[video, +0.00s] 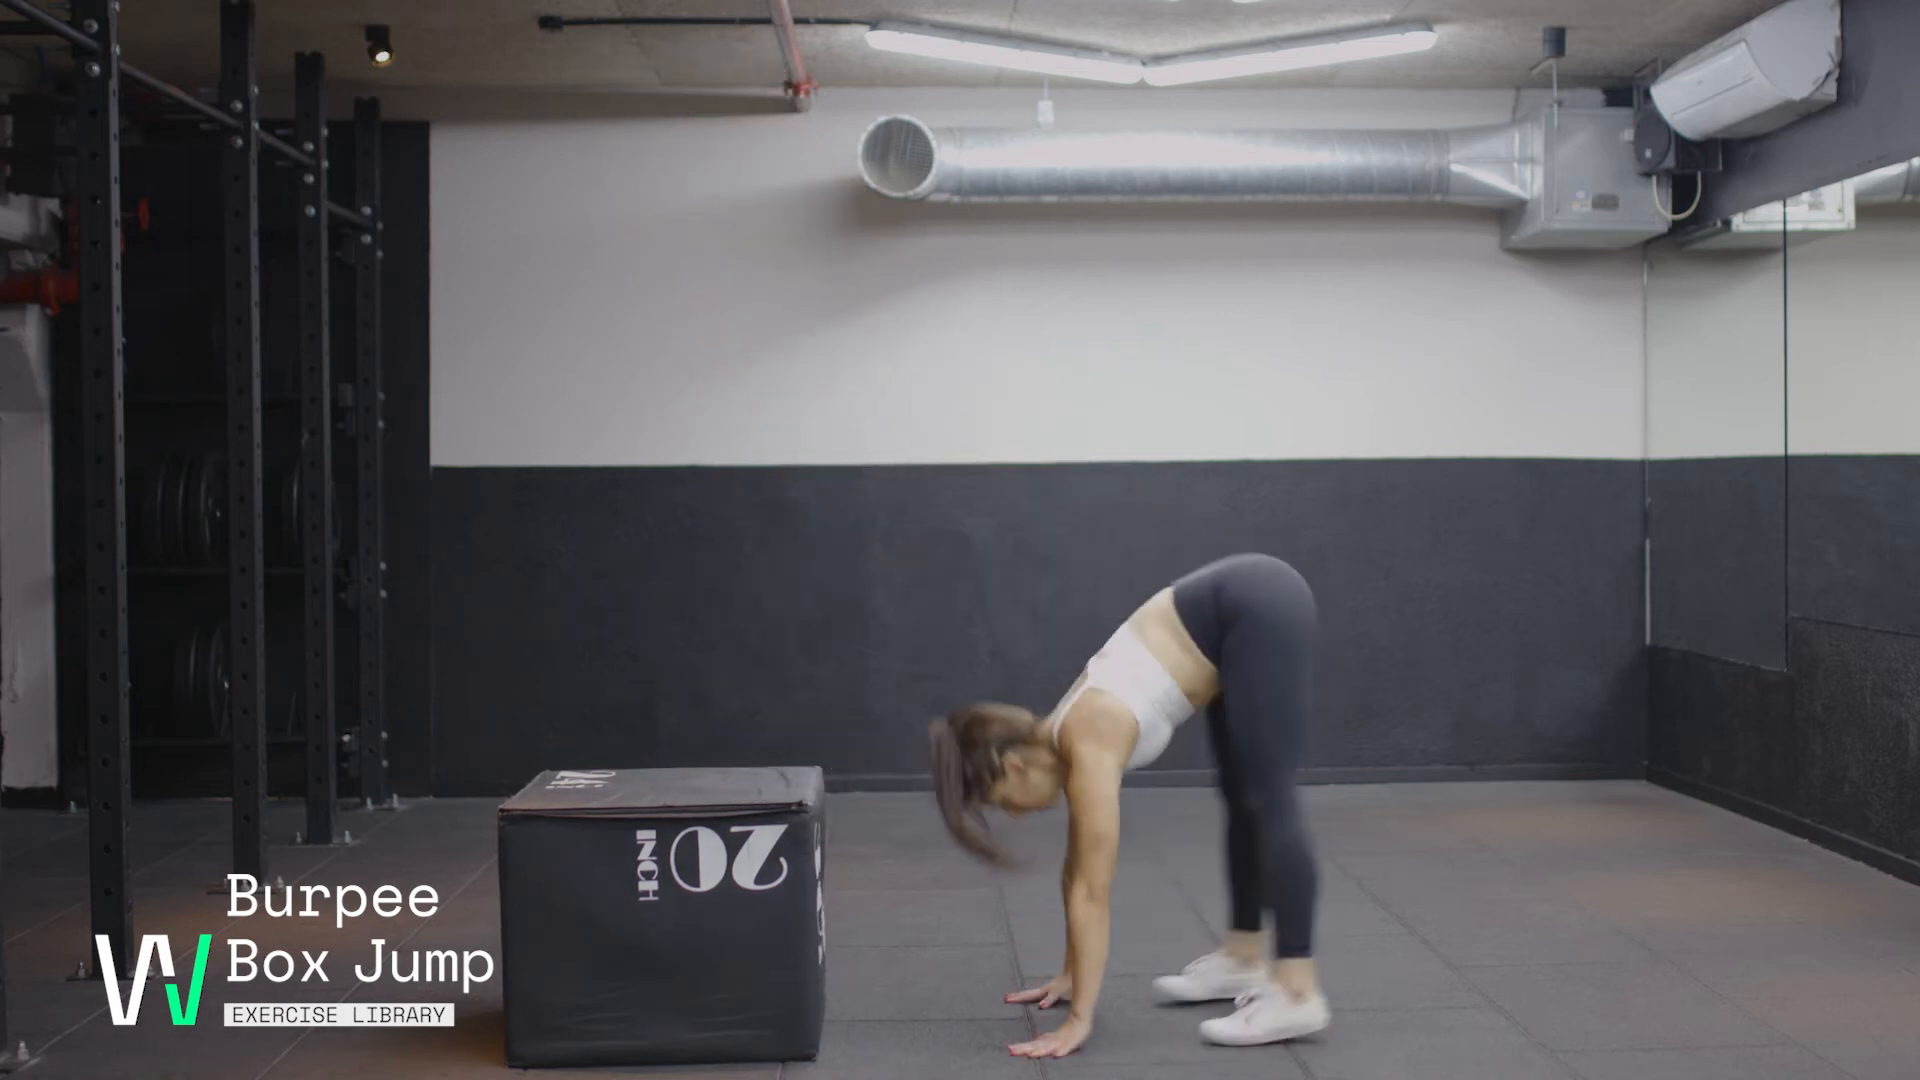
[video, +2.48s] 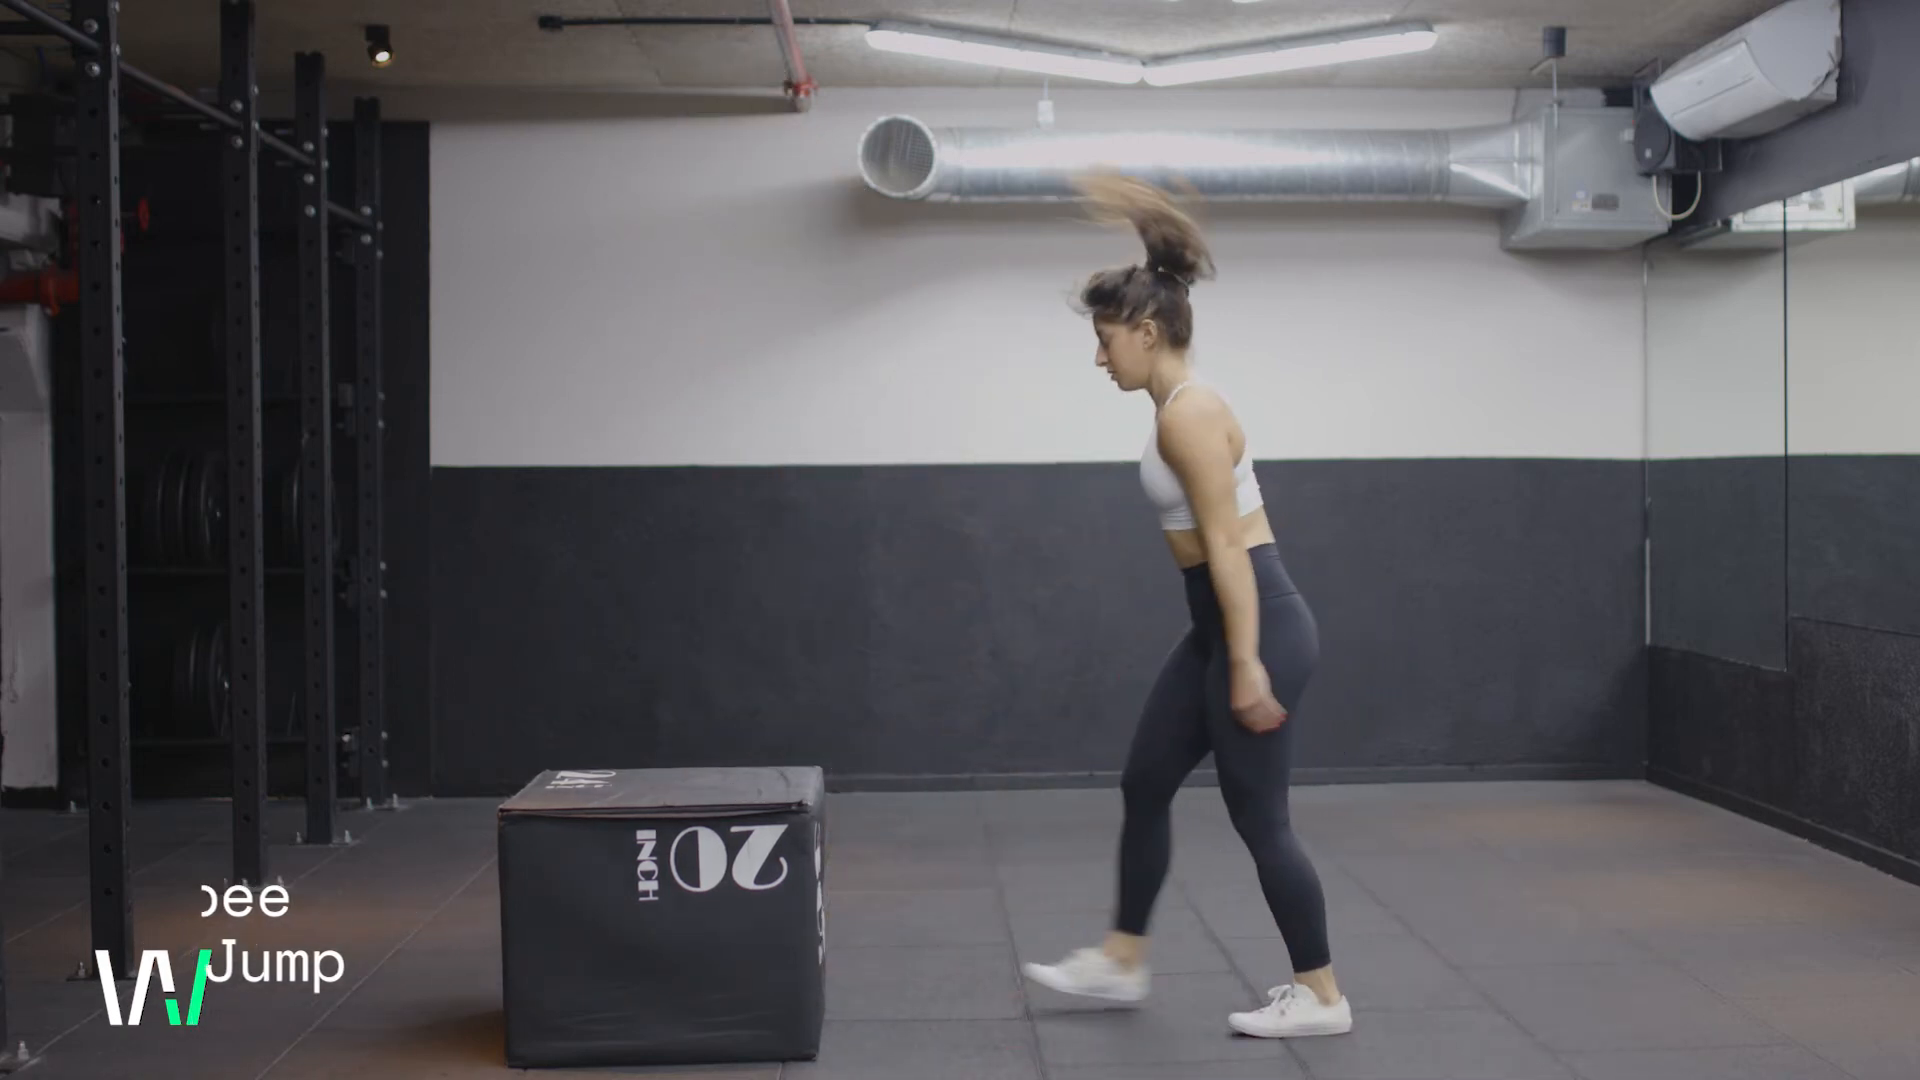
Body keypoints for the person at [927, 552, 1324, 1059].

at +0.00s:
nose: (1015, 811)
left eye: (1002, 799)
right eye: (1001, 805)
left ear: (1013, 762)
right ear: (1015, 753)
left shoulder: (1090, 742)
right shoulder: (1069, 736)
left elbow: (1092, 892)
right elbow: (1078, 875)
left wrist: (1081, 1019)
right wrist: (1071, 975)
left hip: (1258, 607)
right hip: (1229, 618)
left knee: (1271, 800)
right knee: (1242, 798)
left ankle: (1298, 990)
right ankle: (1243, 957)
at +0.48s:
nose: (986, 831)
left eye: (981, 815)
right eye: (974, 819)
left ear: (1005, 784)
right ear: (1003, 778)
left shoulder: (1086, 813)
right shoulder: (1079, 788)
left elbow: (1128, 930)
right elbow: (1115, 908)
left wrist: (1089, 1031)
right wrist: (1077, 980)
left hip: (1274, 924)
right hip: (1267, 908)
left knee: (1441, 992)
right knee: (1418, 964)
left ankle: (1623, 964)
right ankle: (1565, 923)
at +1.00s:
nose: (940, 955)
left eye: (934, 942)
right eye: (930, 947)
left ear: (948, 910)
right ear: (945, 909)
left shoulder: (1026, 915)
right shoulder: (1028, 891)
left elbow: (1110, 937)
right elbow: (1105, 908)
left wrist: (1085, 1032)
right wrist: (1072, 995)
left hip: (1224, 976)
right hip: (1226, 948)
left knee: (1425, 1004)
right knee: (1404, 971)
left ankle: (1602, 947)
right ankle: (1552, 908)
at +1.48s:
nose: (1002, 838)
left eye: (989, 827)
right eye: (986, 831)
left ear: (1001, 793)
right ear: (1000, 777)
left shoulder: (1080, 766)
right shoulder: (1067, 757)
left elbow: (1093, 904)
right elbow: (1090, 894)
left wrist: (1087, 1031)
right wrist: (1076, 991)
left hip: (1283, 696)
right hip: (1271, 703)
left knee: (1386, 864)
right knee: (1384, 848)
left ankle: (1575, 933)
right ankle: (1537, 894)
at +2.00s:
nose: (1054, 661)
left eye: (1048, 645)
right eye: (1043, 651)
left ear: (1066, 607)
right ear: (1065, 603)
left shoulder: (1143, 622)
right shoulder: (1125, 619)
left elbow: (1170, 747)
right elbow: (1138, 742)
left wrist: (1170, 861)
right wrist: (1141, 843)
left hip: (1360, 627)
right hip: (1326, 632)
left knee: (1293, 801)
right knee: (1281, 795)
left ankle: (1323, 992)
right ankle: (1301, 966)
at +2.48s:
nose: (1100, 355)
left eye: (1107, 338)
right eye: (1098, 339)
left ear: (1151, 333)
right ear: (1152, 332)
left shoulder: (1187, 416)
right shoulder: (1184, 409)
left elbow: (1227, 546)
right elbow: (1224, 542)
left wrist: (1245, 665)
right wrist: (1229, 649)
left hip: (1258, 622)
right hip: (1221, 617)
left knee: (1261, 819)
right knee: (1147, 780)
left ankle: (1319, 991)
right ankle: (1123, 957)